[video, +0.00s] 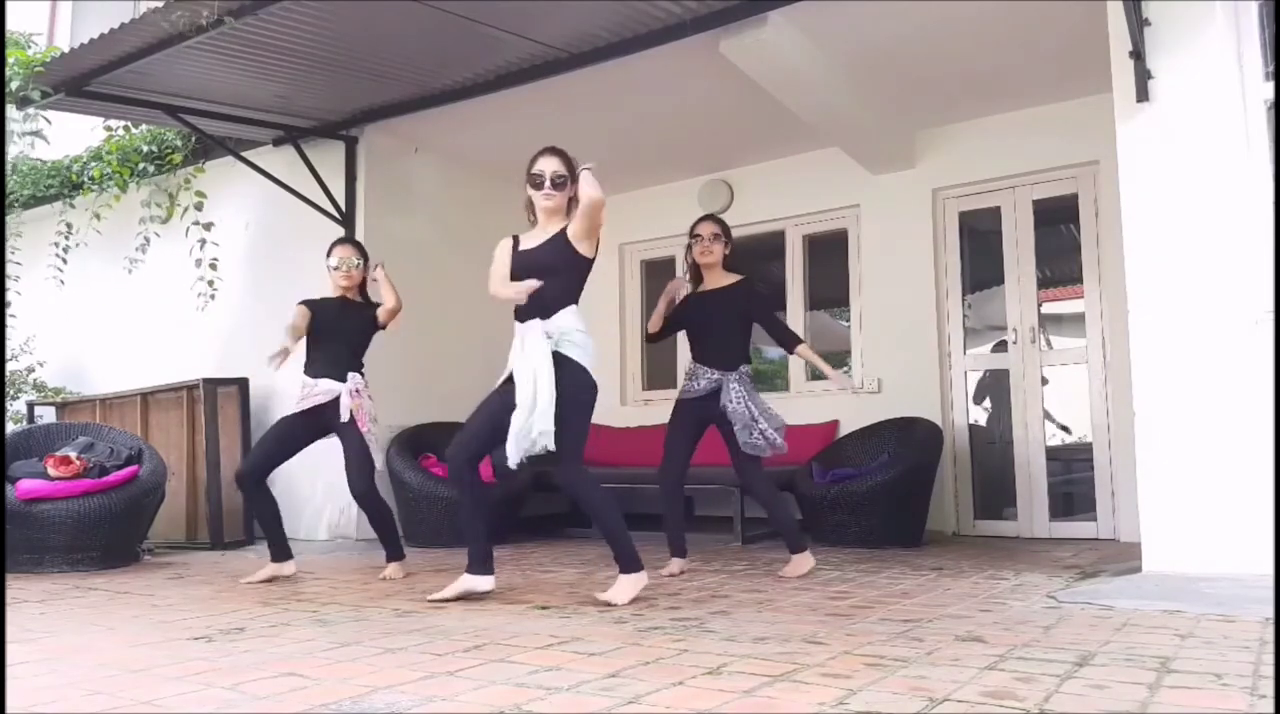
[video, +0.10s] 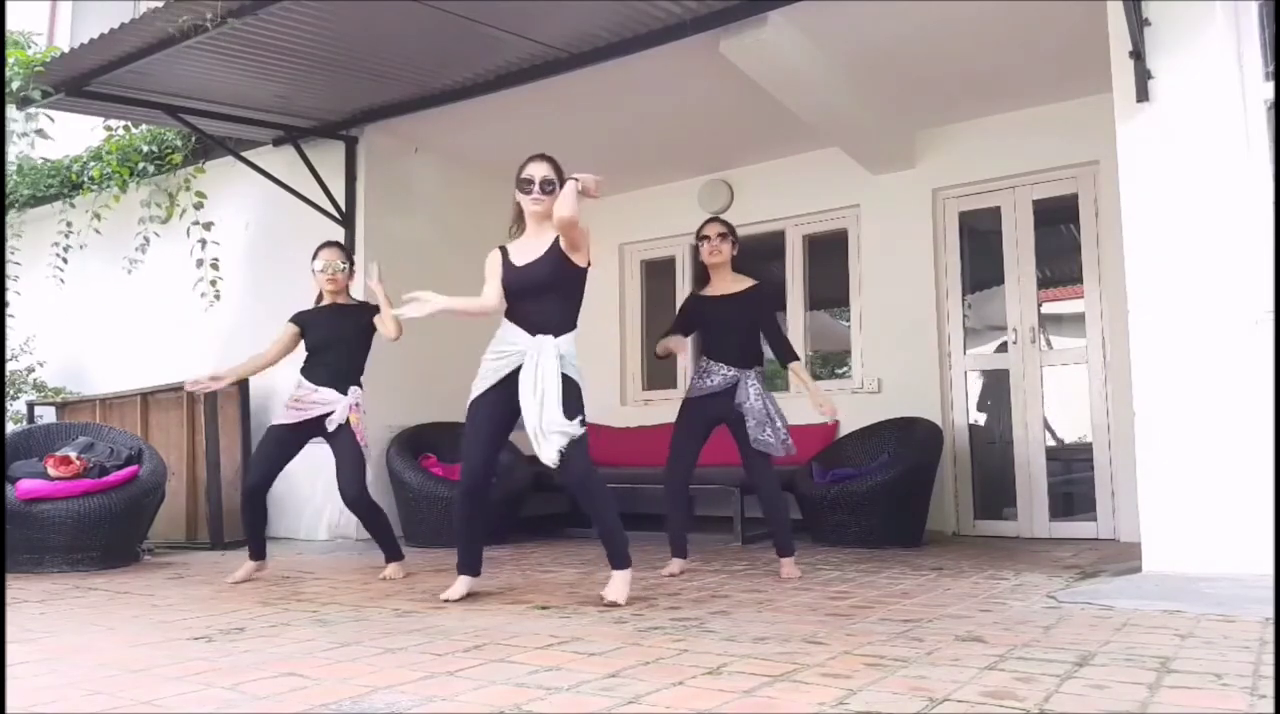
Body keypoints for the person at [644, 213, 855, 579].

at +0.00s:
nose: (705, 244)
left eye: (713, 238)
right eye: (698, 239)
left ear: (726, 246)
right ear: (690, 248)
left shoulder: (743, 289)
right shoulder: (690, 299)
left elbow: (782, 334)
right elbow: (653, 335)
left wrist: (827, 369)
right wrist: (665, 301)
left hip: (732, 391)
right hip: (694, 390)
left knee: (751, 478)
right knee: (670, 475)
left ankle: (800, 553)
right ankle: (677, 557)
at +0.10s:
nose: (712, 244)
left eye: (720, 238)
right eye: (705, 239)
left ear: (733, 246)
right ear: (698, 249)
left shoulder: (753, 290)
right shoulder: (696, 300)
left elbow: (779, 342)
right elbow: (663, 347)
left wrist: (812, 388)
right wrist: (672, 343)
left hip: (744, 391)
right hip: (701, 392)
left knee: (762, 475)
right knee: (676, 471)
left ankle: (786, 556)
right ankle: (678, 556)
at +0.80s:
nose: (744, 248)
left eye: (749, 242)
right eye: (734, 246)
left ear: (759, 250)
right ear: (725, 258)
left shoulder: (774, 304)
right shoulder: (710, 299)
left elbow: (782, 359)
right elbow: (689, 350)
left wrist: (793, 407)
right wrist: (683, 396)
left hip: (761, 394)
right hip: (713, 394)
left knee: (780, 476)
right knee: (693, 475)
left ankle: (788, 556)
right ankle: (679, 557)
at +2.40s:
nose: (725, 256)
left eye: (732, 250)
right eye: (717, 252)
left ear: (742, 258)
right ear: (708, 262)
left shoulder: (754, 313)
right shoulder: (694, 303)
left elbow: (760, 367)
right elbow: (693, 354)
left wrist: (767, 410)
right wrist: (697, 398)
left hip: (744, 396)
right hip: (702, 394)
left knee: (770, 472)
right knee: (674, 474)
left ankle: (781, 557)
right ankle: (659, 558)